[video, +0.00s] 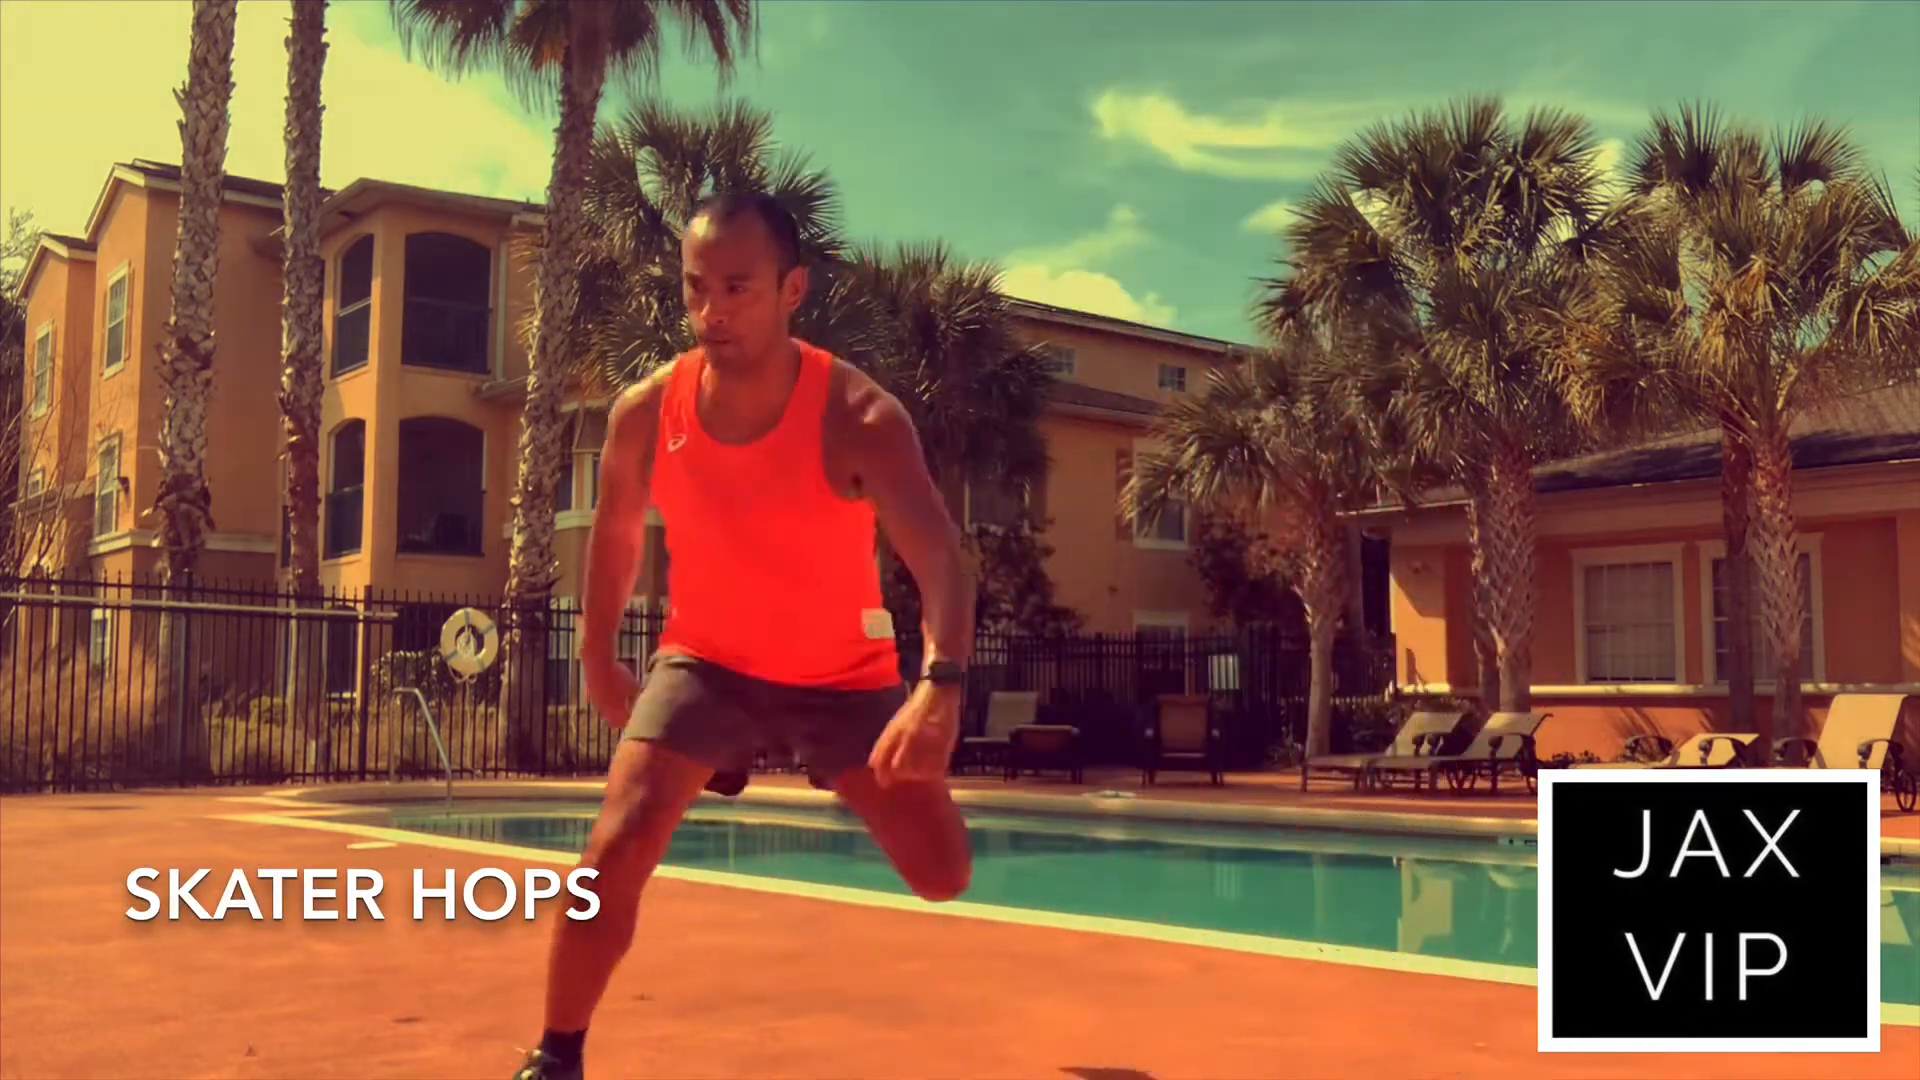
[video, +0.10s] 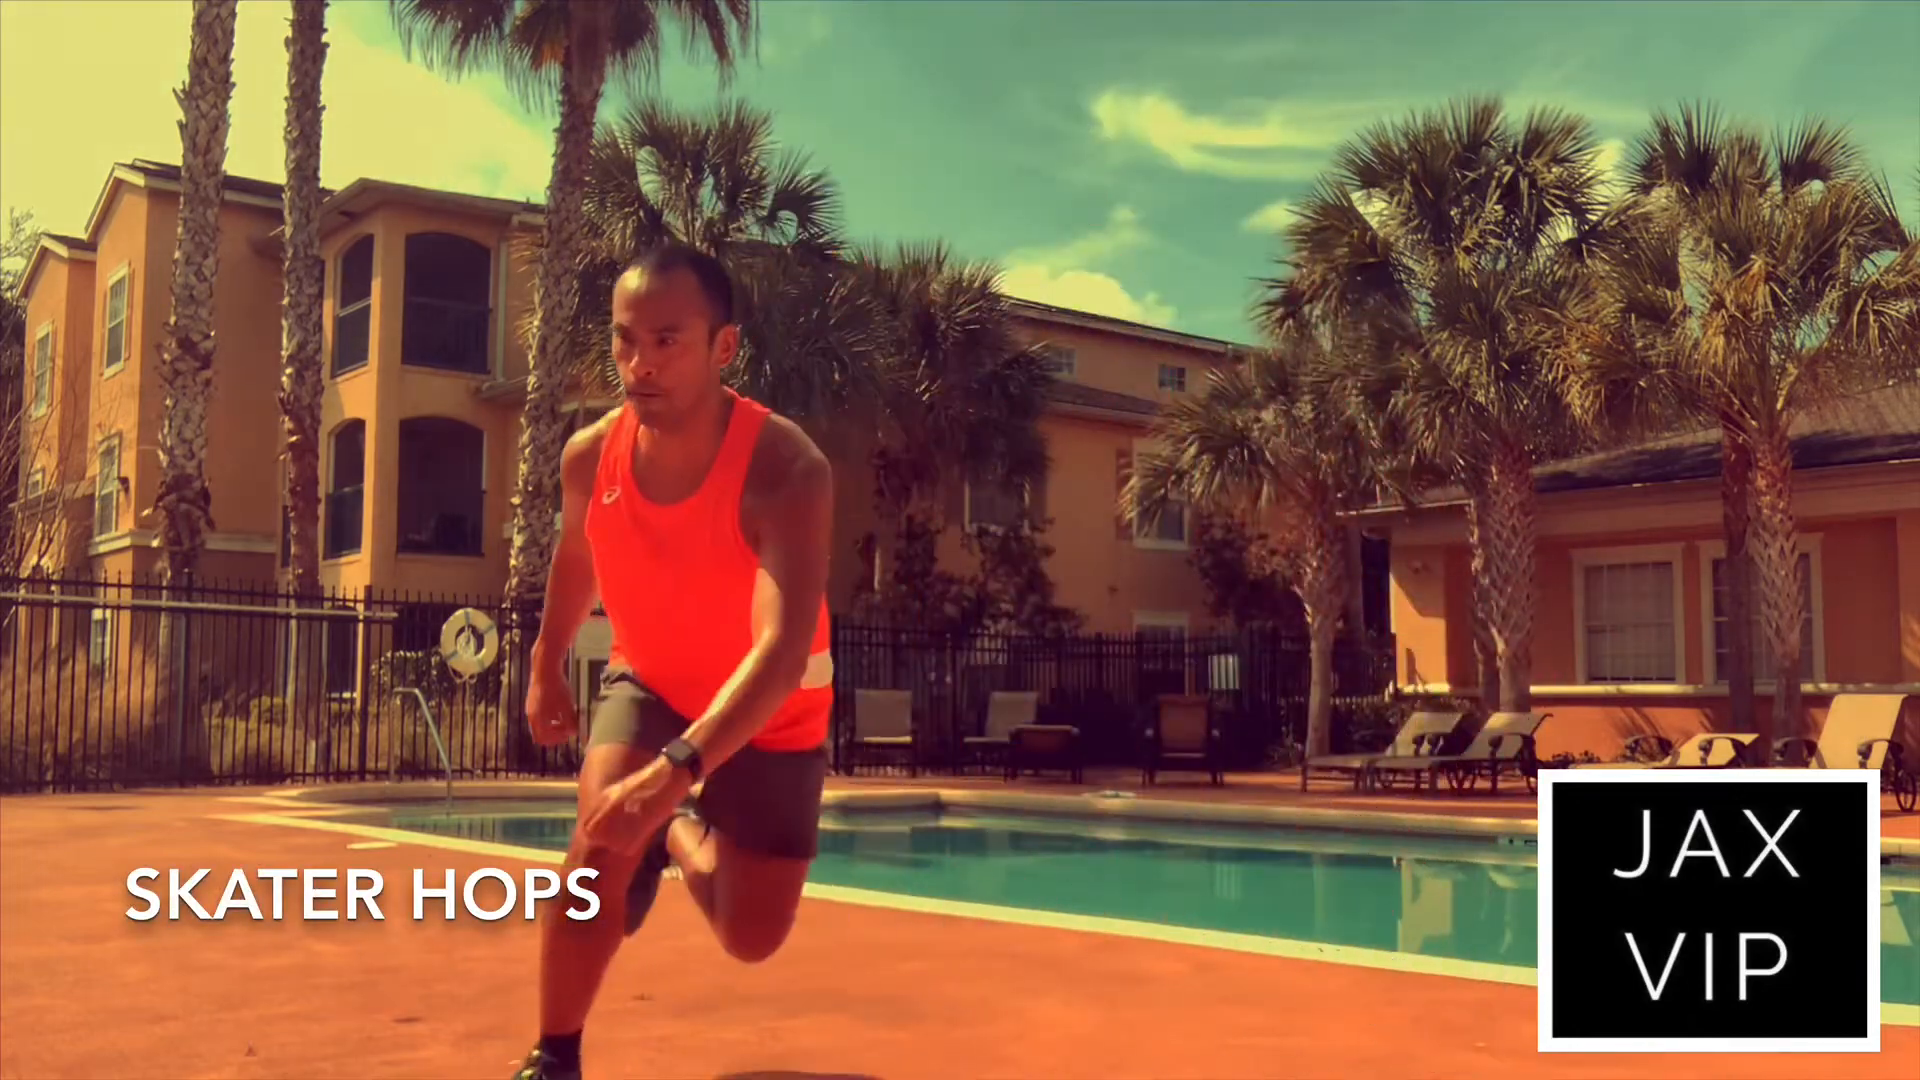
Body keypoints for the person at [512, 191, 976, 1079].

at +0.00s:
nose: (711, 314)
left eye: (736, 290)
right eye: (697, 290)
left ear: (793, 289)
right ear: (683, 289)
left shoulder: (860, 416)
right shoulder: (648, 411)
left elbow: (941, 563)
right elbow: (616, 532)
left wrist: (940, 685)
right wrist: (597, 655)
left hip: (846, 675)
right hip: (703, 666)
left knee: (942, 876)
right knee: (619, 837)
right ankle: (556, 1056)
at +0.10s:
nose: (640, 365)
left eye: (666, 342)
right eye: (627, 342)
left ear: (724, 346)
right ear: (612, 345)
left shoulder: (785, 469)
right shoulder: (592, 457)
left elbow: (784, 651)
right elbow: (575, 562)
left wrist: (672, 778)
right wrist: (546, 666)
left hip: (770, 707)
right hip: (649, 682)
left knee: (754, 936)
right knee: (603, 847)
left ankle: (665, 828)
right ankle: (554, 1057)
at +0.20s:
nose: (601, 413)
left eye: (628, 390)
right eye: (587, 390)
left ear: (686, 400)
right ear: (572, 398)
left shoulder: (741, 531)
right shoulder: (565, 499)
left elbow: (657, 709)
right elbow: (564, 574)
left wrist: (494, 780)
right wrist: (519, 660)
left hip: (714, 766)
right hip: (609, 717)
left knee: (606, 947)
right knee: (576, 862)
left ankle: (511, 914)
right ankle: (553, 1061)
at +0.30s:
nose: (590, 448)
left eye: (617, 427)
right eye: (576, 425)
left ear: (673, 436)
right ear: (561, 430)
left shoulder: (717, 576)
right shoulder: (555, 526)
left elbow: (590, 730)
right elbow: (567, 590)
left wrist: (414, 760)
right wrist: (517, 664)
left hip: (671, 803)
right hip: (576, 739)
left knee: (539, 954)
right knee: (549, 857)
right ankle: (550, 1062)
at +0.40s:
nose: (606, 444)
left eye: (631, 423)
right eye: (592, 422)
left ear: (684, 438)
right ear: (574, 431)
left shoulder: (719, 569)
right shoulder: (559, 526)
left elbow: (586, 718)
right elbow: (566, 625)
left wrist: (420, 709)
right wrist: (521, 709)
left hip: (664, 809)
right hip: (573, 749)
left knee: (533, 950)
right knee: (554, 846)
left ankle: (401, 988)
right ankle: (551, 1063)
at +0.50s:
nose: (640, 387)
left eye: (667, 368)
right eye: (625, 365)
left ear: (717, 388)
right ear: (605, 379)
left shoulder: (763, 513)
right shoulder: (582, 491)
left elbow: (681, 691)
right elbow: (592, 609)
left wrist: (511, 716)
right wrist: (571, 677)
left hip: (709, 761)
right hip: (606, 712)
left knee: (602, 950)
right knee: (574, 863)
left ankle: (483, 934)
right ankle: (553, 1062)